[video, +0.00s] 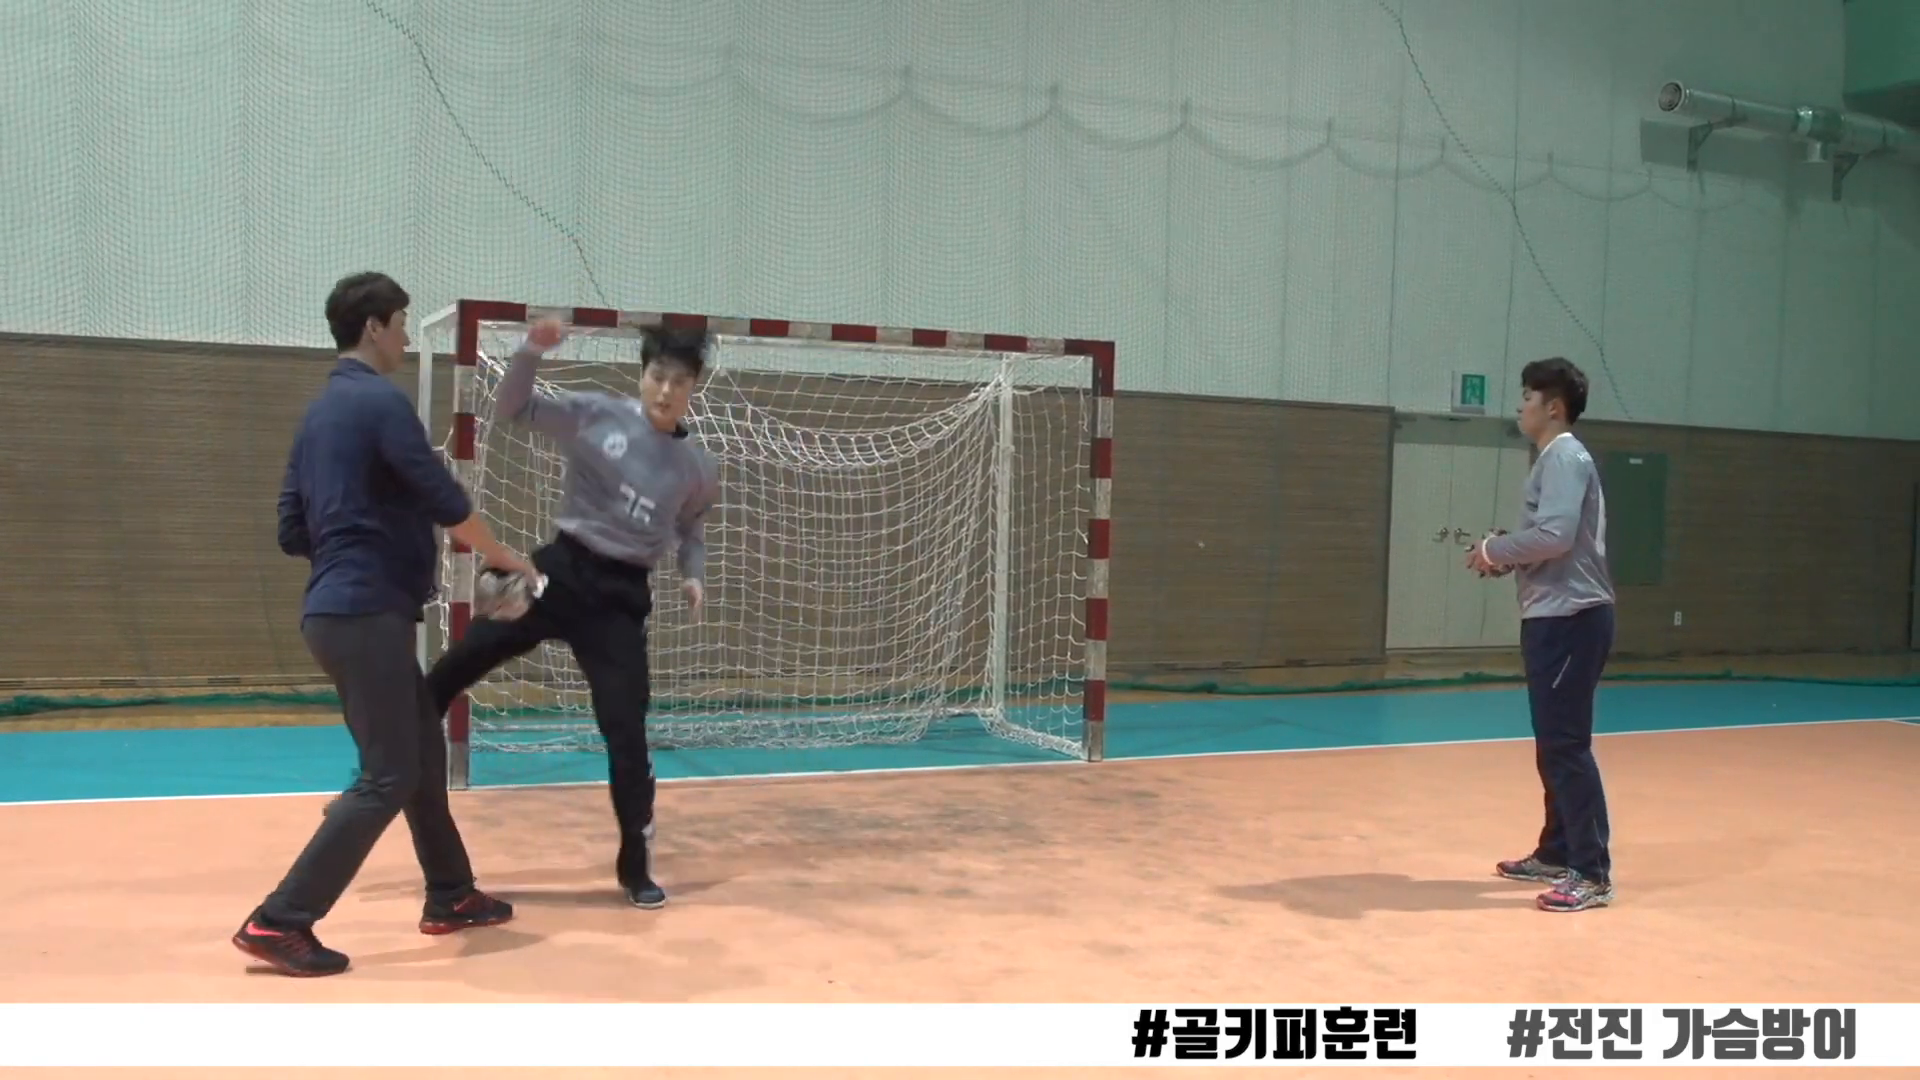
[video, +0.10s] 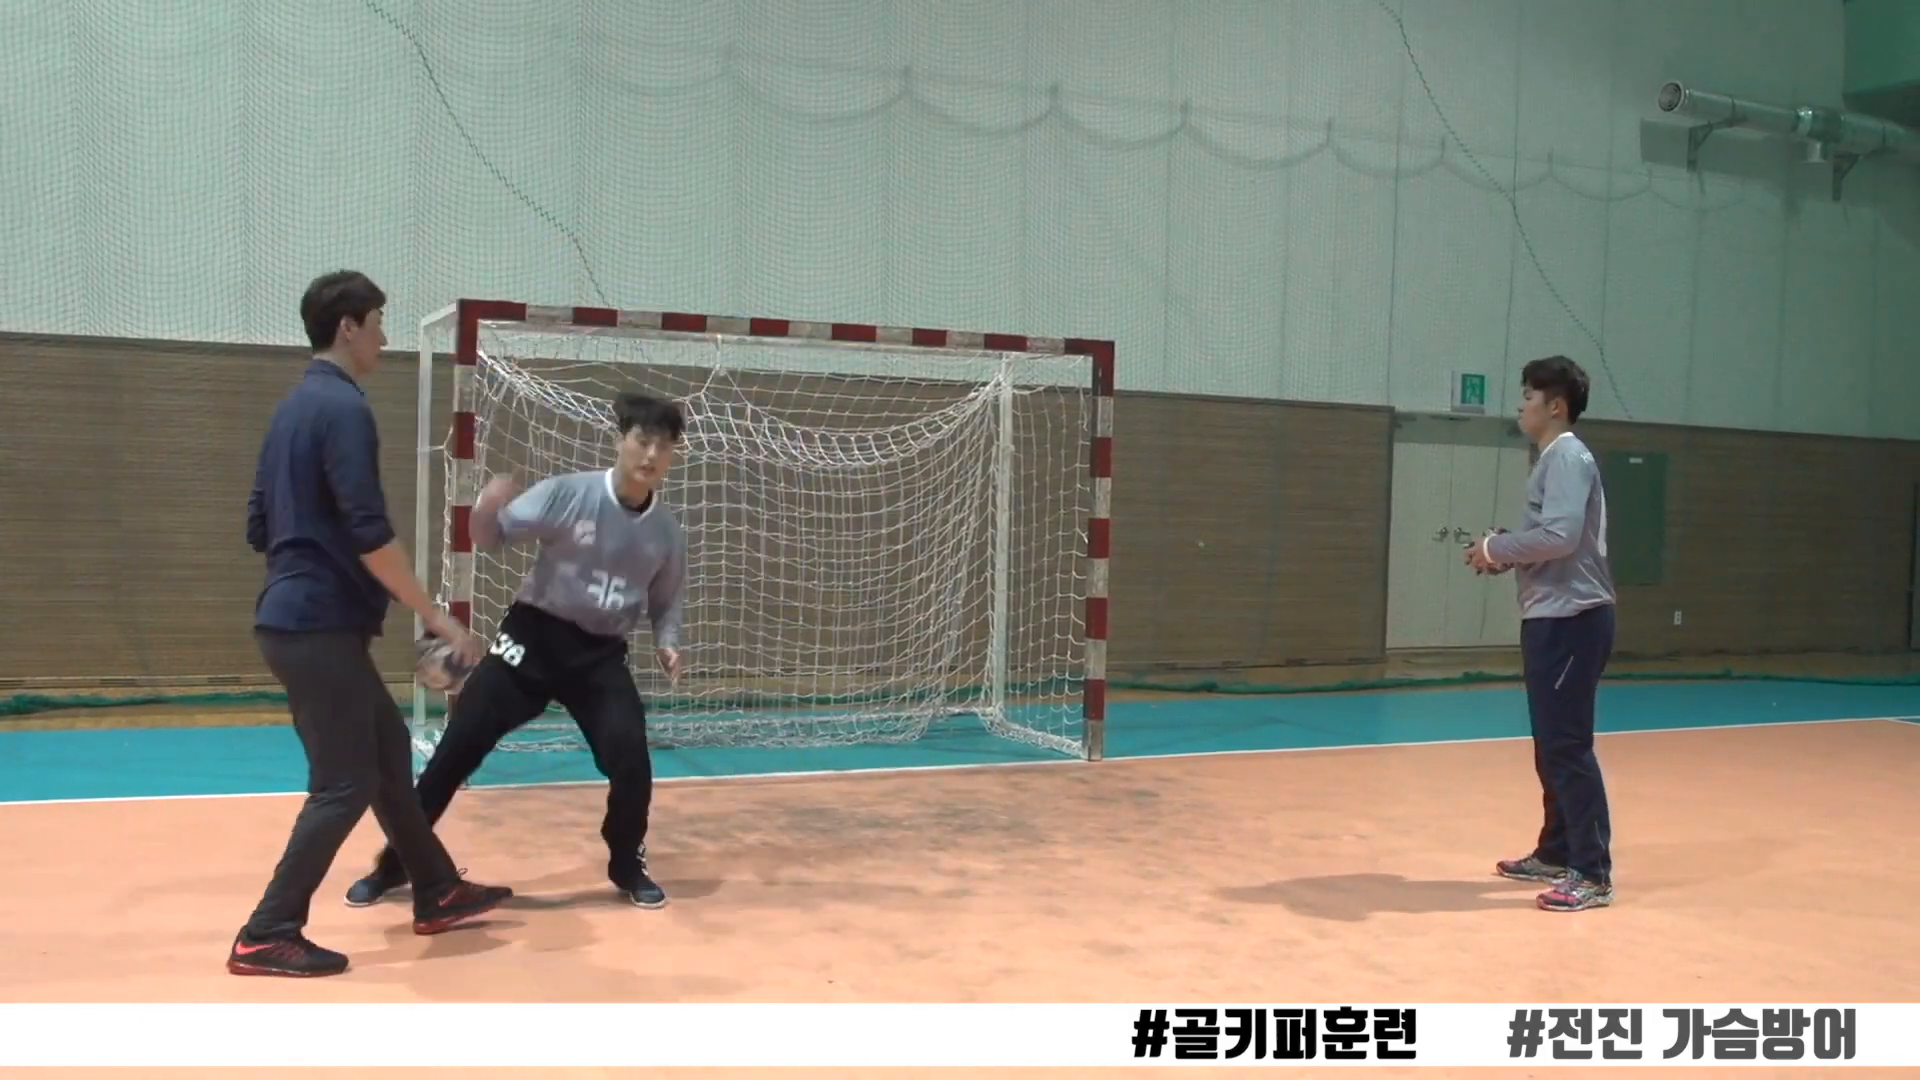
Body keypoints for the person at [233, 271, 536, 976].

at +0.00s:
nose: (408, 336)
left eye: (405, 324)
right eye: (401, 324)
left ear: (353, 330)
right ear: (374, 327)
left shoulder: (322, 410)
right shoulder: (382, 400)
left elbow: (295, 530)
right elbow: (446, 501)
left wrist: (386, 538)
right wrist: (502, 556)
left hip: (335, 607)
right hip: (369, 610)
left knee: (423, 754)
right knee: (386, 777)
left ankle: (450, 896)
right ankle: (279, 923)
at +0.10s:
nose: (385, 340)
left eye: (383, 325)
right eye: (379, 325)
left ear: (333, 330)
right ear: (348, 328)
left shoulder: (294, 407)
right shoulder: (342, 407)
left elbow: (264, 529)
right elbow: (371, 537)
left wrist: (338, 566)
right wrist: (441, 618)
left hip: (293, 618)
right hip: (318, 624)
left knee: (387, 744)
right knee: (346, 780)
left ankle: (436, 891)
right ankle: (267, 935)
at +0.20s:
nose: (360, 339)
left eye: (359, 325)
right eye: (355, 325)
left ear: (309, 327)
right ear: (324, 326)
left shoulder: (275, 397)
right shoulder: (304, 405)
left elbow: (267, 528)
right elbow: (289, 533)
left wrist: (336, 568)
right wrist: (339, 632)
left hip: (274, 613)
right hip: (268, 619)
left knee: (366, 730)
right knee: (324, 772)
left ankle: (346, 891)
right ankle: (266, 936)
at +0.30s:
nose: (331, 325)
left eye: (330, 312)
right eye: (325, 311)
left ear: (283, 317)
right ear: (293, 316)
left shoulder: (268, 387)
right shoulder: (260, 392)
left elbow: (250, 513)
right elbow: (213, 506)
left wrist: (312, 555)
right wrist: (238, 605)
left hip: (250, 614)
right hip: (235, 618)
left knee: (310, 741)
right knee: (289, 759)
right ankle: (267, 935)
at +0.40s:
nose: (294, 324)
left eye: (294, 310)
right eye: (288, 310)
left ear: (249, 315)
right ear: (254, 314)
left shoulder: (236, 392)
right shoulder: (210, 388)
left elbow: (215, 517)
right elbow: (138, 484)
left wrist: (286, 556)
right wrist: (153, 576)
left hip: (210, 621)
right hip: (200, 623)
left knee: (204, 775)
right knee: (252, 770)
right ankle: (263, 935)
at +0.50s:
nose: (255, 329)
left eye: (254, 316)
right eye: (249, 315)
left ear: (210, 320)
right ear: (213, 319)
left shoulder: (199, 405)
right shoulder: (163, 395)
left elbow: (187, 531)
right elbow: (76, 483)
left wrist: (264, 563)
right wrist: (88, 567)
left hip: (150, 631)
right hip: (149, 633)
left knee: (95, 784)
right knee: (219, 775)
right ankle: (259, 934)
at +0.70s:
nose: (190, 340)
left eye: (190, 326)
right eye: (184, 325)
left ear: (141, 324)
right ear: (148, 323)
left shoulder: (123, 408)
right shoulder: (93, 387)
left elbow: (104, 546)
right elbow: (14, 477)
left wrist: (189, 572)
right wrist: (19, 590)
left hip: (45, 631)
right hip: (42, 630)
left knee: (3, 786)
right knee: (131, 770)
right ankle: (193, 935)